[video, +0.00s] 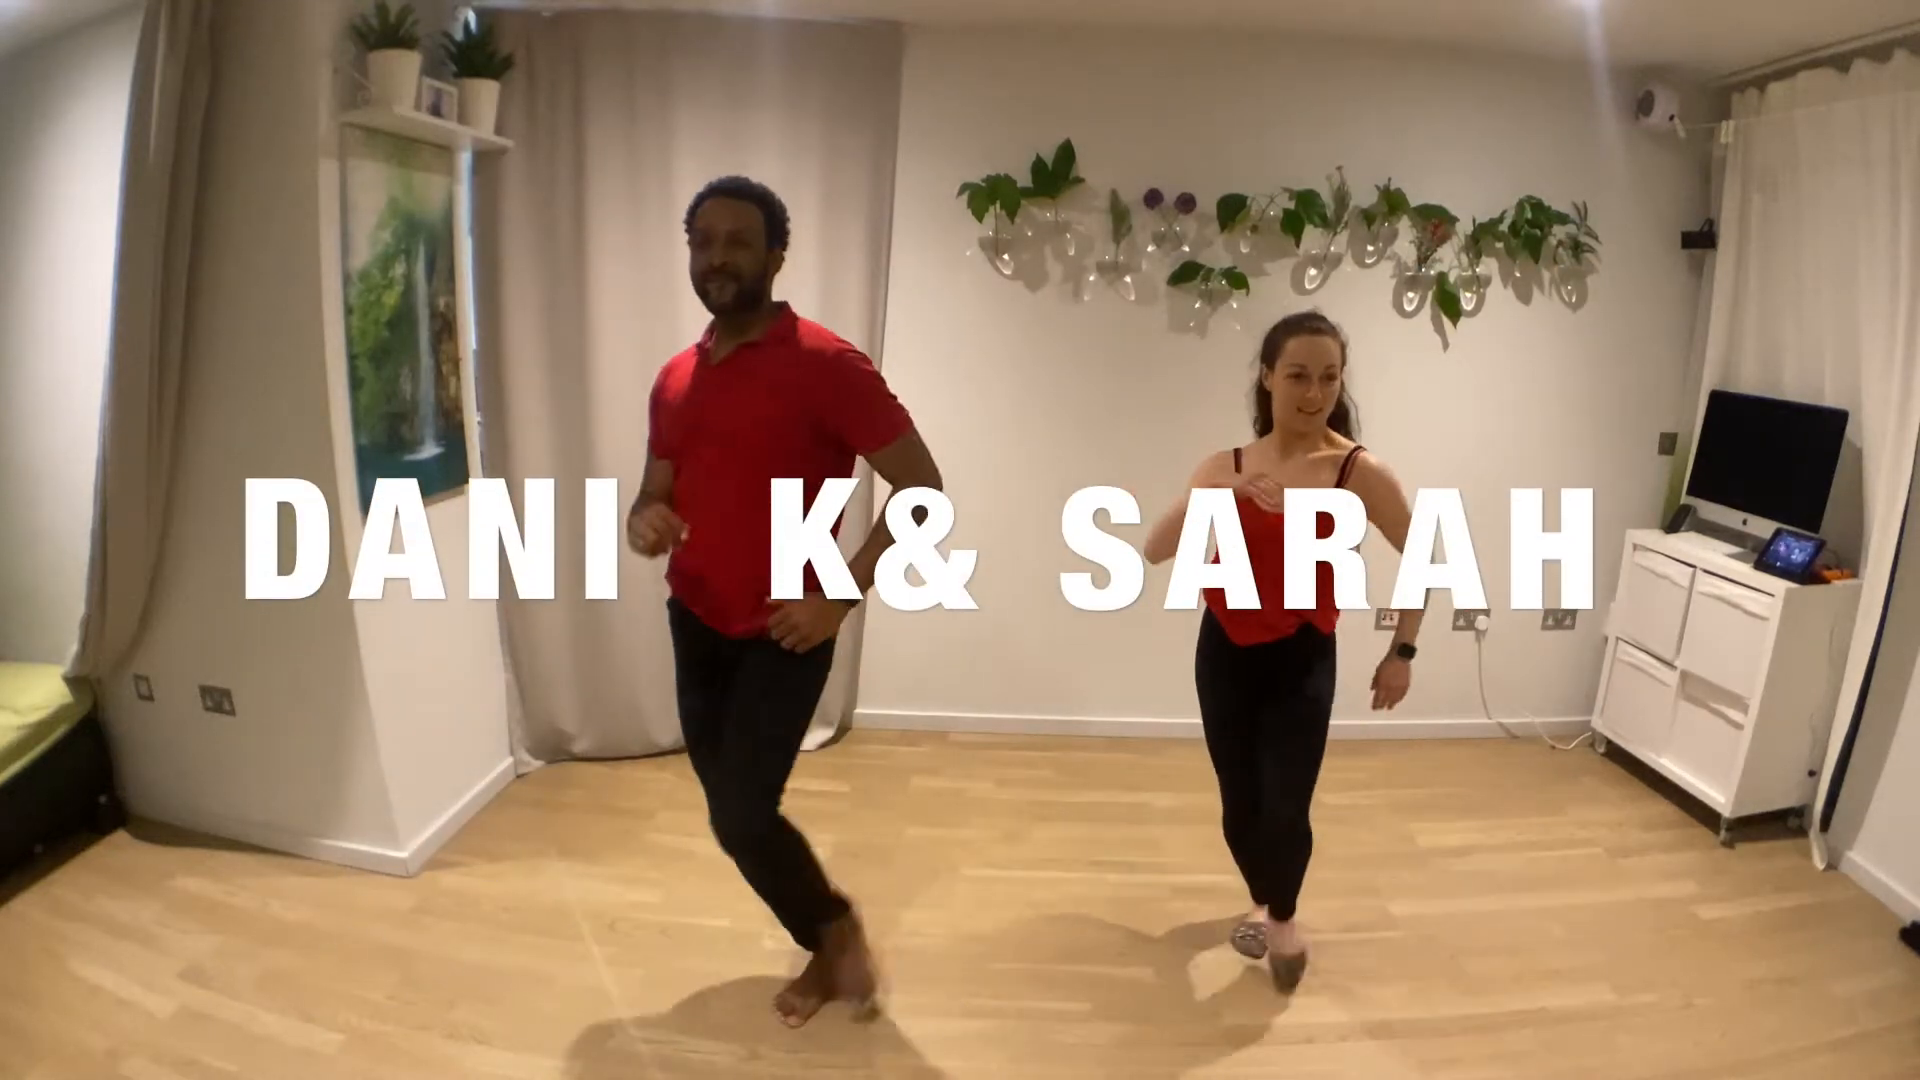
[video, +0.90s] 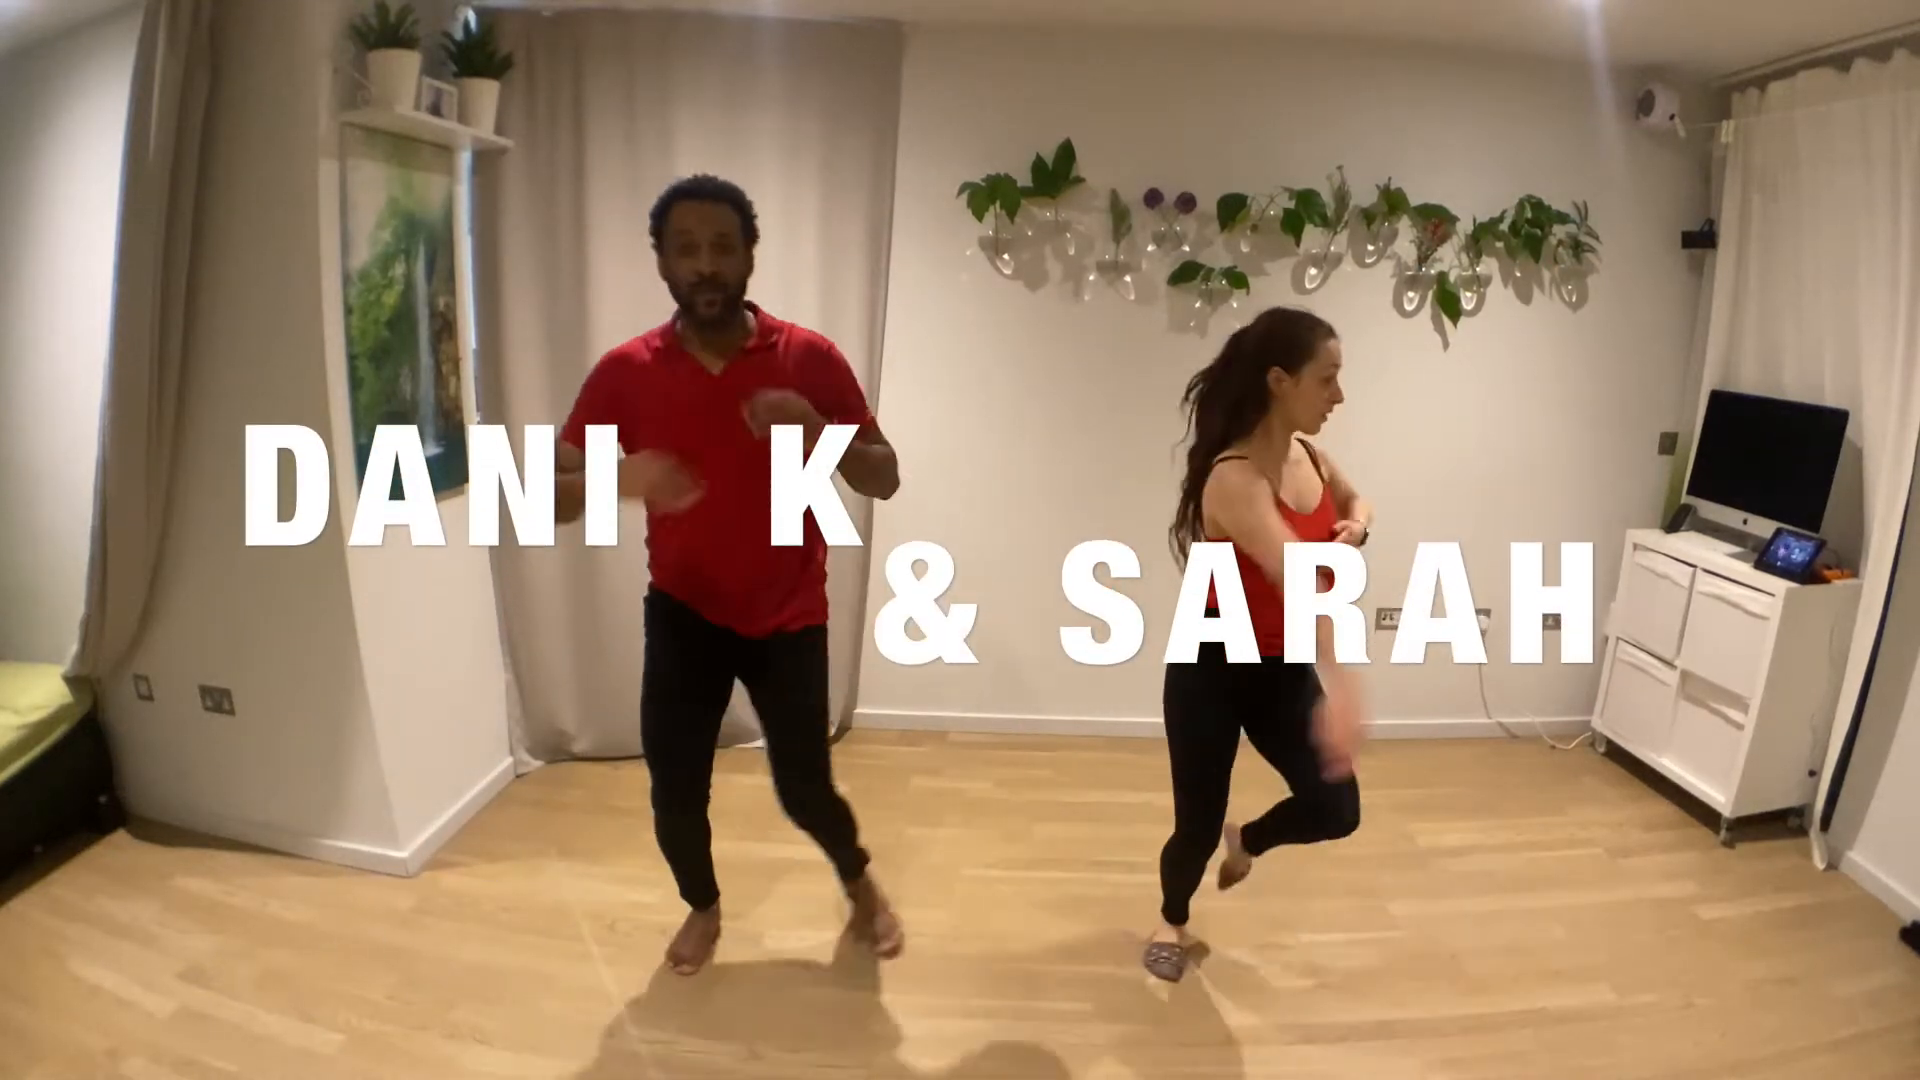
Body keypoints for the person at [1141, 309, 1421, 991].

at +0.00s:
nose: (1312, 389)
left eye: (1326, 376)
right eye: (1297, 374)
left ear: (1340, 384)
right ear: (1267, 377)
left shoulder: (1359, 472)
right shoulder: (1223, 469)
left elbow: (1423, 557)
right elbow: (1154, 549)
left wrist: (1402, 651)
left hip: (1302, 655)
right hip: (1225, 651)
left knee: (1285, 802)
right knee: (1239, 800)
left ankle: (1283, 926)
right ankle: (1265, 909)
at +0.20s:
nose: (1313, 394)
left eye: (1328, 381)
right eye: (1297, 379)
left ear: (1340, 390)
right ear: (1263, 383)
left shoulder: (1359, 465)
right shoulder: (1221, 480)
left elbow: (1443, 511)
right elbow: (1194, 588)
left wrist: (1419, 605)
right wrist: (1276, 575)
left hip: (1310, 675)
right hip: (1230, 675)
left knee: (1285, 857)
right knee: (1244, 836)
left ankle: (1236, 987)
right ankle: (1276, 904)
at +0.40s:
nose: (1313, 395)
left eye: (1327, 381)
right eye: (1296, 379)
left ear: (1340, 390)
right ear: (1260, 382)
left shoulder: (1351, 470)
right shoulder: (1205, 479)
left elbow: (1435, 531)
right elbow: (1167, 581)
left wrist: (1389, 514)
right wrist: (1207, 646)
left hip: (1322, 691)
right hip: (1237, 692)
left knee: (1300, 873)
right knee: (1233, 871)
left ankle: (1232, 994)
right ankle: (1243, 897)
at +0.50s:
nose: (1310, 397)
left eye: (1325, 382)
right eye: (1294, 380)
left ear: (1339, 391)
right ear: (1259, 384)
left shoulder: (1347, 479)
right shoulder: (1202, 471)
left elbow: (1415, 572)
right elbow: (1146, 546)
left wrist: (1366, 489)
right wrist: (1164, 631)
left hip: (1323, 692)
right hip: (1237, 694)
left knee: (1298, 874)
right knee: (1234, 877)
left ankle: (1237, 995)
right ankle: (1194, 899)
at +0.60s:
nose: (1312, 396)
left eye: (1325, 382)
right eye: (1295, 379)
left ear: (1338, 391)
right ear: (1255, 383)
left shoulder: (1346, 493)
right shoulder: (1200, 467)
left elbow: (1335, 593)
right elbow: (1113, 532)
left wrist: (1320, 498)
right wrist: (1117, 611)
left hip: (1314, 690)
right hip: (1231, 688)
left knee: (1294, 872)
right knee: (1236, 868)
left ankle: (1241, 997)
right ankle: (1154, 913)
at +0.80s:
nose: (1335, 400)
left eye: (1335, 383)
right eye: (1323, 383)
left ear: (1290, 386)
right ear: (1271, 386)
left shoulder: (1331, 483)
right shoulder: (1209, 484)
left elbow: (1371, 583)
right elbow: (1166, 607)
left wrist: (1335, 558)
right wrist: (1130, 719)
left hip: (1288, 674)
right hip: (1210, 675)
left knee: (1324, 822)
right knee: (1203, 837)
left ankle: (1235, 902)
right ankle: (1172, 926)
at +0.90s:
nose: (1338, 394)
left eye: (1338, 377)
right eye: (1328, 377)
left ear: (1290, 383)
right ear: (1281, 381)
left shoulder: (1306, 452)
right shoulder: (1232, 480)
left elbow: (1351, 501)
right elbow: (1305, 587)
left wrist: (1352, 525)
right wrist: (1335, 688)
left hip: (1280, 666)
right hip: (1207, 672)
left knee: (1334, 811)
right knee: (1199, 828)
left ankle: (1244, 840)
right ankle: (1172, 924)